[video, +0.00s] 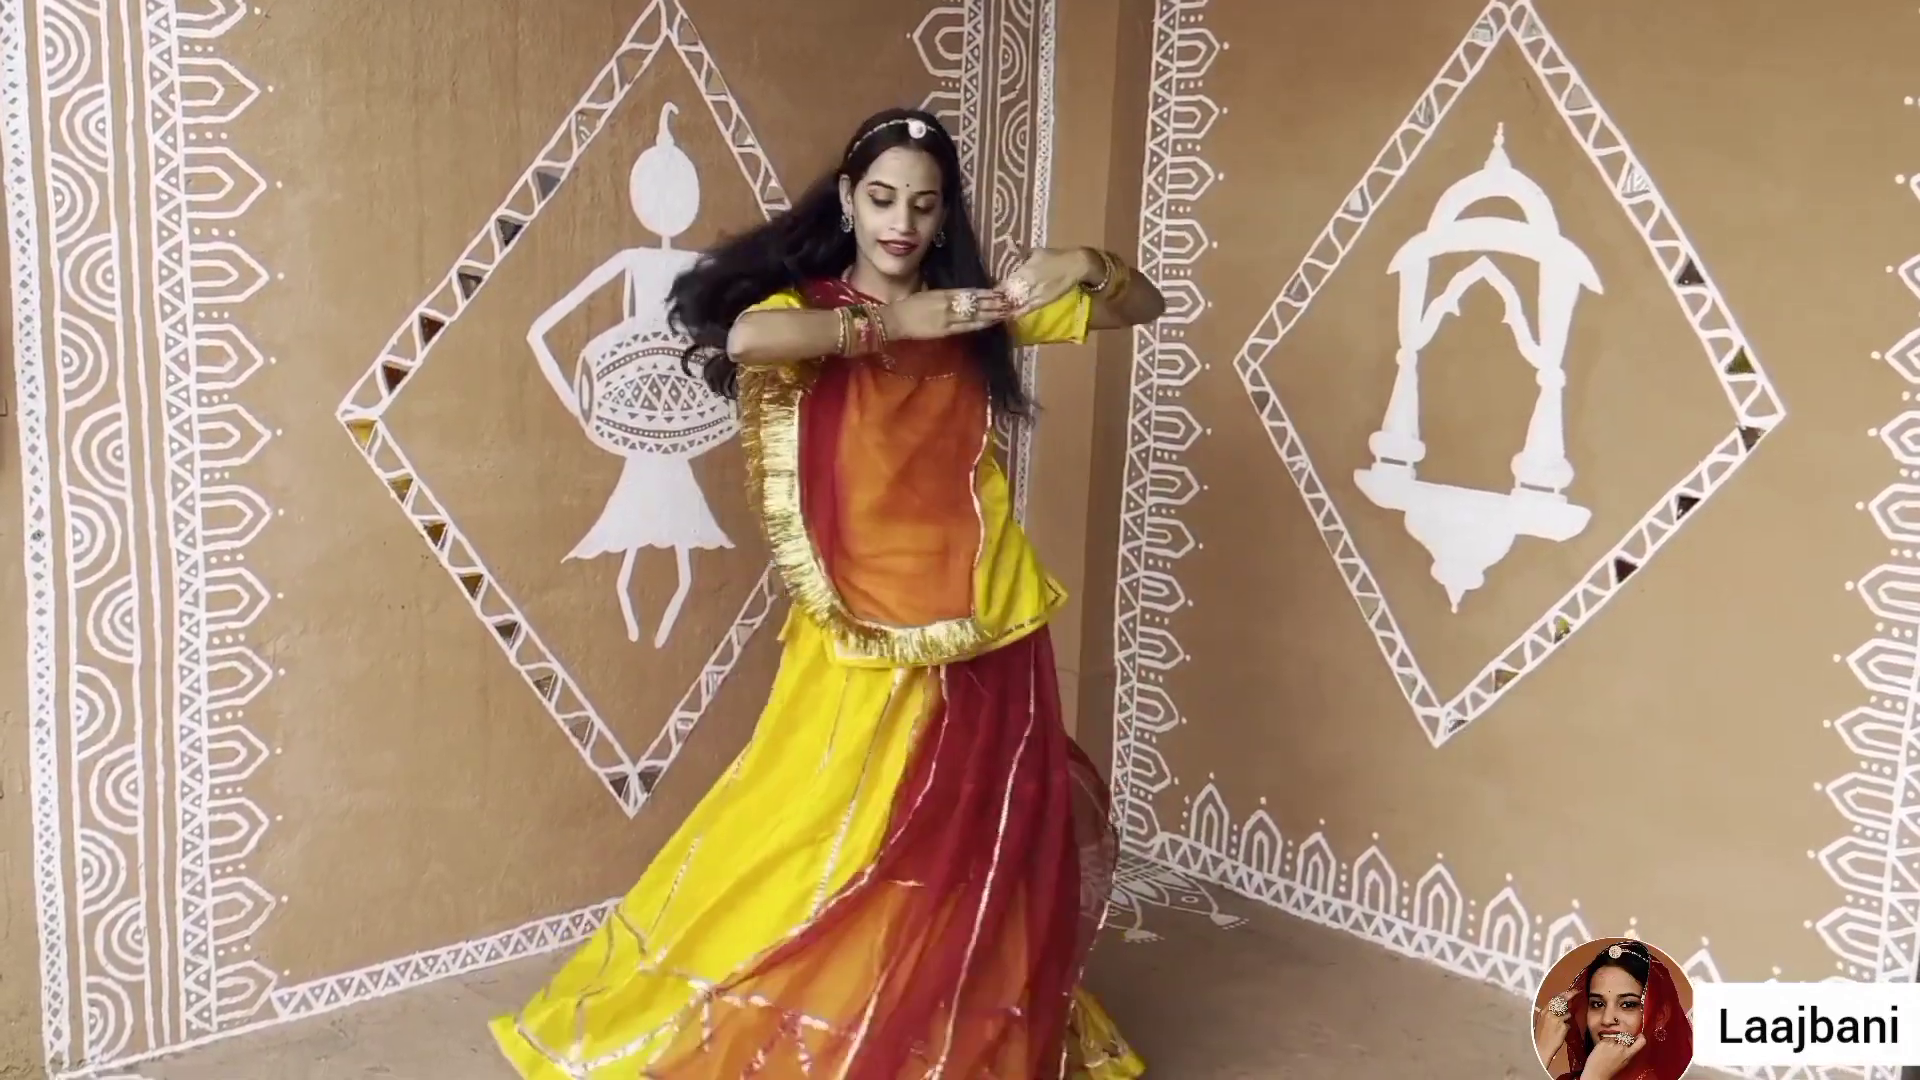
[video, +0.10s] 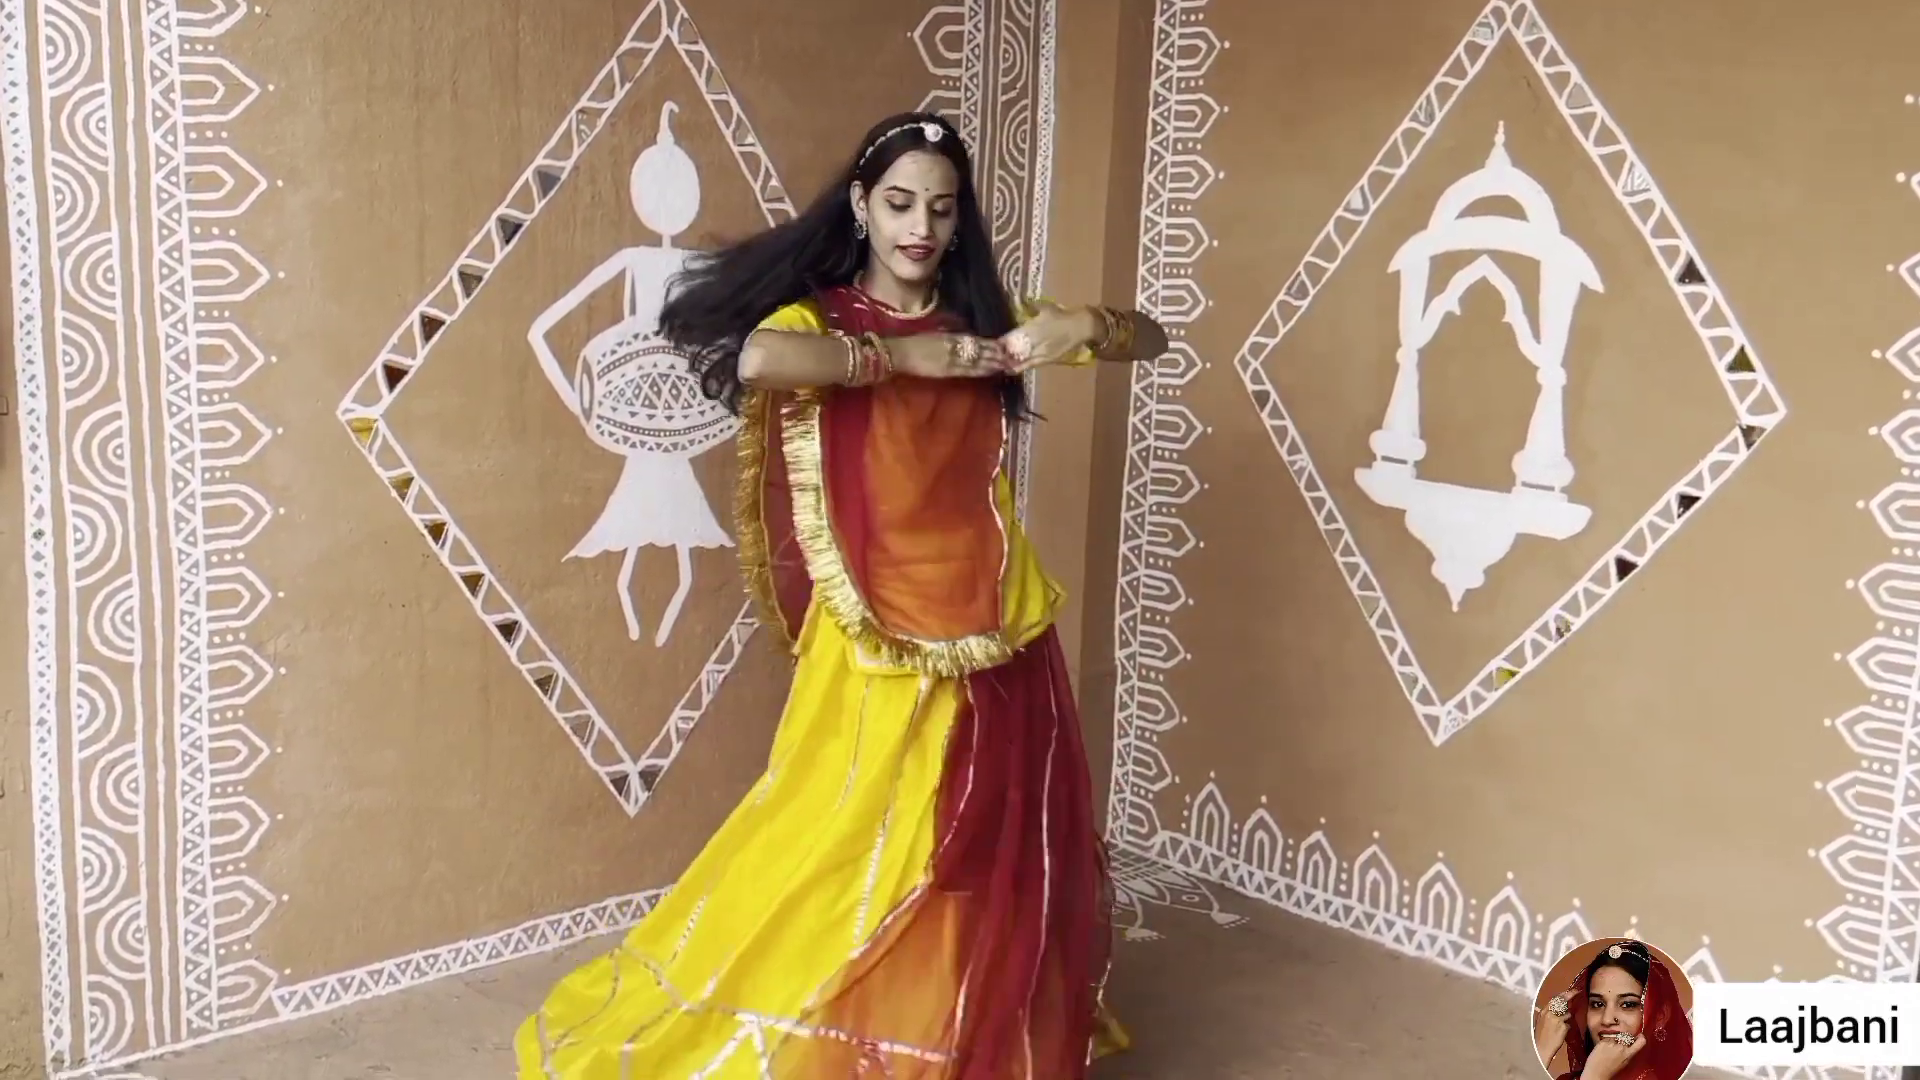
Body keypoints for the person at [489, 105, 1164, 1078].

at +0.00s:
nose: (902, 221)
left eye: (924, 202)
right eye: (883, 197)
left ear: (946, 213)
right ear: (849, 200)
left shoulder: (977, 312)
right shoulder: (805, 306)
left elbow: (1141, 304)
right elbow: (745, 334)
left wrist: (1089, 264)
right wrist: (892, 324)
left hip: (990, 632)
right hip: (864, 639)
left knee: (993, 868)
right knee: (853, 866)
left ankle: (981, 1056)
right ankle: (830, 1054)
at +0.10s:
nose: (922, 227)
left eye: (942, 207)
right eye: (901, 203)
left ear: (961, 218)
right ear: (861, 207)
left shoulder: (987, 321)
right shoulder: (822, 318)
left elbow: (1144, 336)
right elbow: (755, 360)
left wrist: (1086, 327)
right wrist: (917, 358)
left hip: (1002, 637)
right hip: (881, 644)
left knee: (1011, 863)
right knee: (888, 869)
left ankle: (1001, 1055)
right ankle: (867, 1057)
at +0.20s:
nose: (955, 233)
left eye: (972, 213)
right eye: (934, 210)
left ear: (988, 223)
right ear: (887, 213)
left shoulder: (1006, 334)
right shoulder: (845, 330)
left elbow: (1141, 402)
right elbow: (783, 427)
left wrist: (1085, 446)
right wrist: (924, 464)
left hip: (1006, 626)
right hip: (892, 632)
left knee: (1026, 854)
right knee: (911, 858)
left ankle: (1027, 1052)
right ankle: (890, 1053)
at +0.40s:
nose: (1000, 245)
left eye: (1017, 224)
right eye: (977, 222)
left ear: (1032, 235)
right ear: (928, 226)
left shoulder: (1038, 360)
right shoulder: (887, 351)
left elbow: (1163, 454)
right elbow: (847, 477)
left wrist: (1147, 555)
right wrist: (973, 585)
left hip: (1008, 634)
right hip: (897, 636)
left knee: (1037, 862)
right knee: (953, 862)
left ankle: (1044, 1056)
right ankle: (934, 1058)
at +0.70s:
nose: (1037, 272)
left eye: (1053, 249)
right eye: (1012, 248)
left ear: (1069, 257)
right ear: (961, 253)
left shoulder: (1067, 376)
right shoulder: (917, 370)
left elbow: (1190, 464)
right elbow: (926, 498)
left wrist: (1225, 549)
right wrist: (1046, 607)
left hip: (1010, 649)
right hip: (906, 647)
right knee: (988, 860)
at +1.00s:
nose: (964, 260)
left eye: (986, 237)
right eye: (944, 234)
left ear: (1011, 240)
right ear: (906, 233)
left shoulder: (1036, 352)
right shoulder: (859, 349)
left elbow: (1179, 440)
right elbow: (776, 467)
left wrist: (1113, 539)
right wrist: (900, 562)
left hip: (1011, 642)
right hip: (894, 644)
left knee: (1016, 857)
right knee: (944, 854)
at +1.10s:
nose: (943, 234)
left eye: (966, 212)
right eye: (923, 209)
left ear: (995, 217)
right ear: (892, 209)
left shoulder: (1030, 327)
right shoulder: (836, 322)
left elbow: (1179, 403)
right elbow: (735, 426)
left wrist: (1088, 480)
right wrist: (879, 503)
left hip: (1003, 631)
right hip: (876, 632)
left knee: (1005, 850)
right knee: (901, 850)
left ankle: (1018, 1044)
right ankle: (903, 1049)